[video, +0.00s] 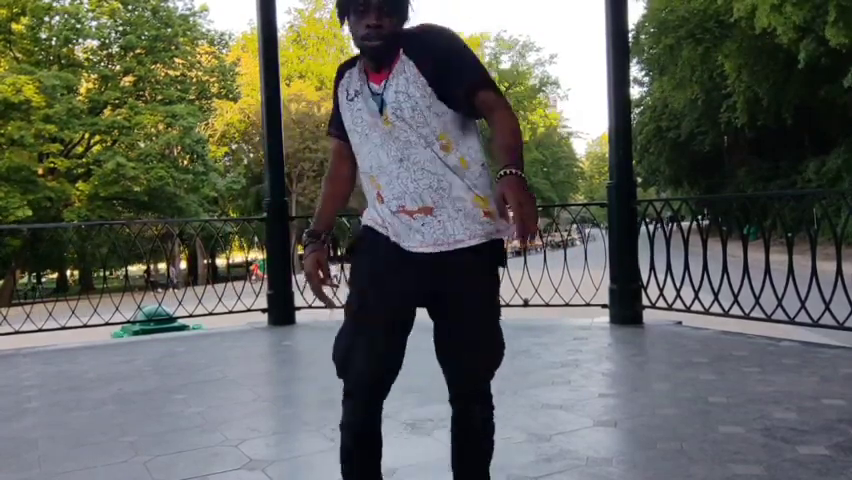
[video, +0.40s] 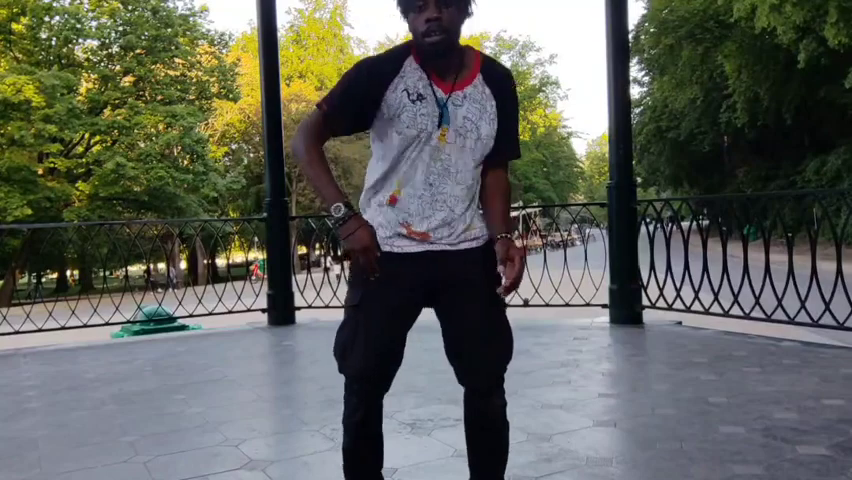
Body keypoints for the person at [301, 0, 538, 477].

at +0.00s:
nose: (372, 20)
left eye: (384, 10)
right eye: (360, 11)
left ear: (403, 14)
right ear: (346, 20)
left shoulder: (435, 44)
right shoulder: (347, 80)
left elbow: (498, 112)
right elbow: (343, 161)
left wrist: (511, 174)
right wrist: (319, 235)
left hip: (467, 248)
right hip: (387, 249)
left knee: (470, 391)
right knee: (361, 387)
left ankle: (472, 478)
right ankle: (360, 477)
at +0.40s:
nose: (431, 15)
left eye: (443, 5)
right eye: (419, 7)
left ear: (464, 11)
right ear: (405, 15)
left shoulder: (496, 81)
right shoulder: (377, 74)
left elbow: (494, 167)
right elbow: (305, 140)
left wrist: (502, 236)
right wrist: (345, 217)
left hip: (467, 259)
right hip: (388, 259)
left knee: (486, 386)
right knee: (363, 386)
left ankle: (488, 479)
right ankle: (363, 478)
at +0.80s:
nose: (455, 10)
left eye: (466, 0)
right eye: (443, 2)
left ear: (487, 6)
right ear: (431, 10)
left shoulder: (516, 45)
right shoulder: (407, 93)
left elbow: (554, 128)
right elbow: (374, 176)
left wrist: (556, 215)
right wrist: (362, 254)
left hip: (516, 250)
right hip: (441, 250)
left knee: (520, 387)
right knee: (436, 379)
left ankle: (499, 476)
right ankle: (419, 473)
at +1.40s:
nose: (422, 24)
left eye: (436, 13)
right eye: (410, 13)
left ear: (453, 21)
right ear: (393, 19)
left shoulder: (480, 93)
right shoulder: (374, 57)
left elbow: (512, 181)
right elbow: (354, 113)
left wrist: (540, 273)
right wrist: (348, 191)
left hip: (476, 257)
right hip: (398, 254)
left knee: (517, 368)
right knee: (372, 358)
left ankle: (549, 471)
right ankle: (425, 469)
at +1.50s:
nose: (403, 29)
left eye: (416, 18)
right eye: (391, 18)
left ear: (434, 24)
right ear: (376, 25)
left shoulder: (464, 90)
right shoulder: (360, 68)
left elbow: (472, 183)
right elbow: (332, 115)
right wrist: (321, 182)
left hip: (468, 252)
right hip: (391, 250)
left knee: (494, 368)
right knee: (364, 363)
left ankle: (513, 470)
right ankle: (421, 470)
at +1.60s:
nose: (388, 32)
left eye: (400, 22)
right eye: (378, 22)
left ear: (420, 27)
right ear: (364, 29)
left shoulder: (454, 90)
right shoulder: (354, 78)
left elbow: (439, 188)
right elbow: (324, 123)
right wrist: (301, 177)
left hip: (458, 261)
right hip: (385, 260)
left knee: (470, 364)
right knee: (356, 370)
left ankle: (480, 446)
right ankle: (415, 468)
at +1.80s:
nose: (379, 32)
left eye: (391, 22)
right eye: (369, 25)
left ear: (409, 28)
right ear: (356, 37)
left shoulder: (434, 64)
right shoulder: (358, 104)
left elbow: (431, 149)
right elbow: (331, 169)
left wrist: (344, 204)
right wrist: (279, 187)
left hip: (441, 254)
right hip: (374, 255)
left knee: (443, 361)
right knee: (375, 370)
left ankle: (403, 420)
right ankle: (392, 470)